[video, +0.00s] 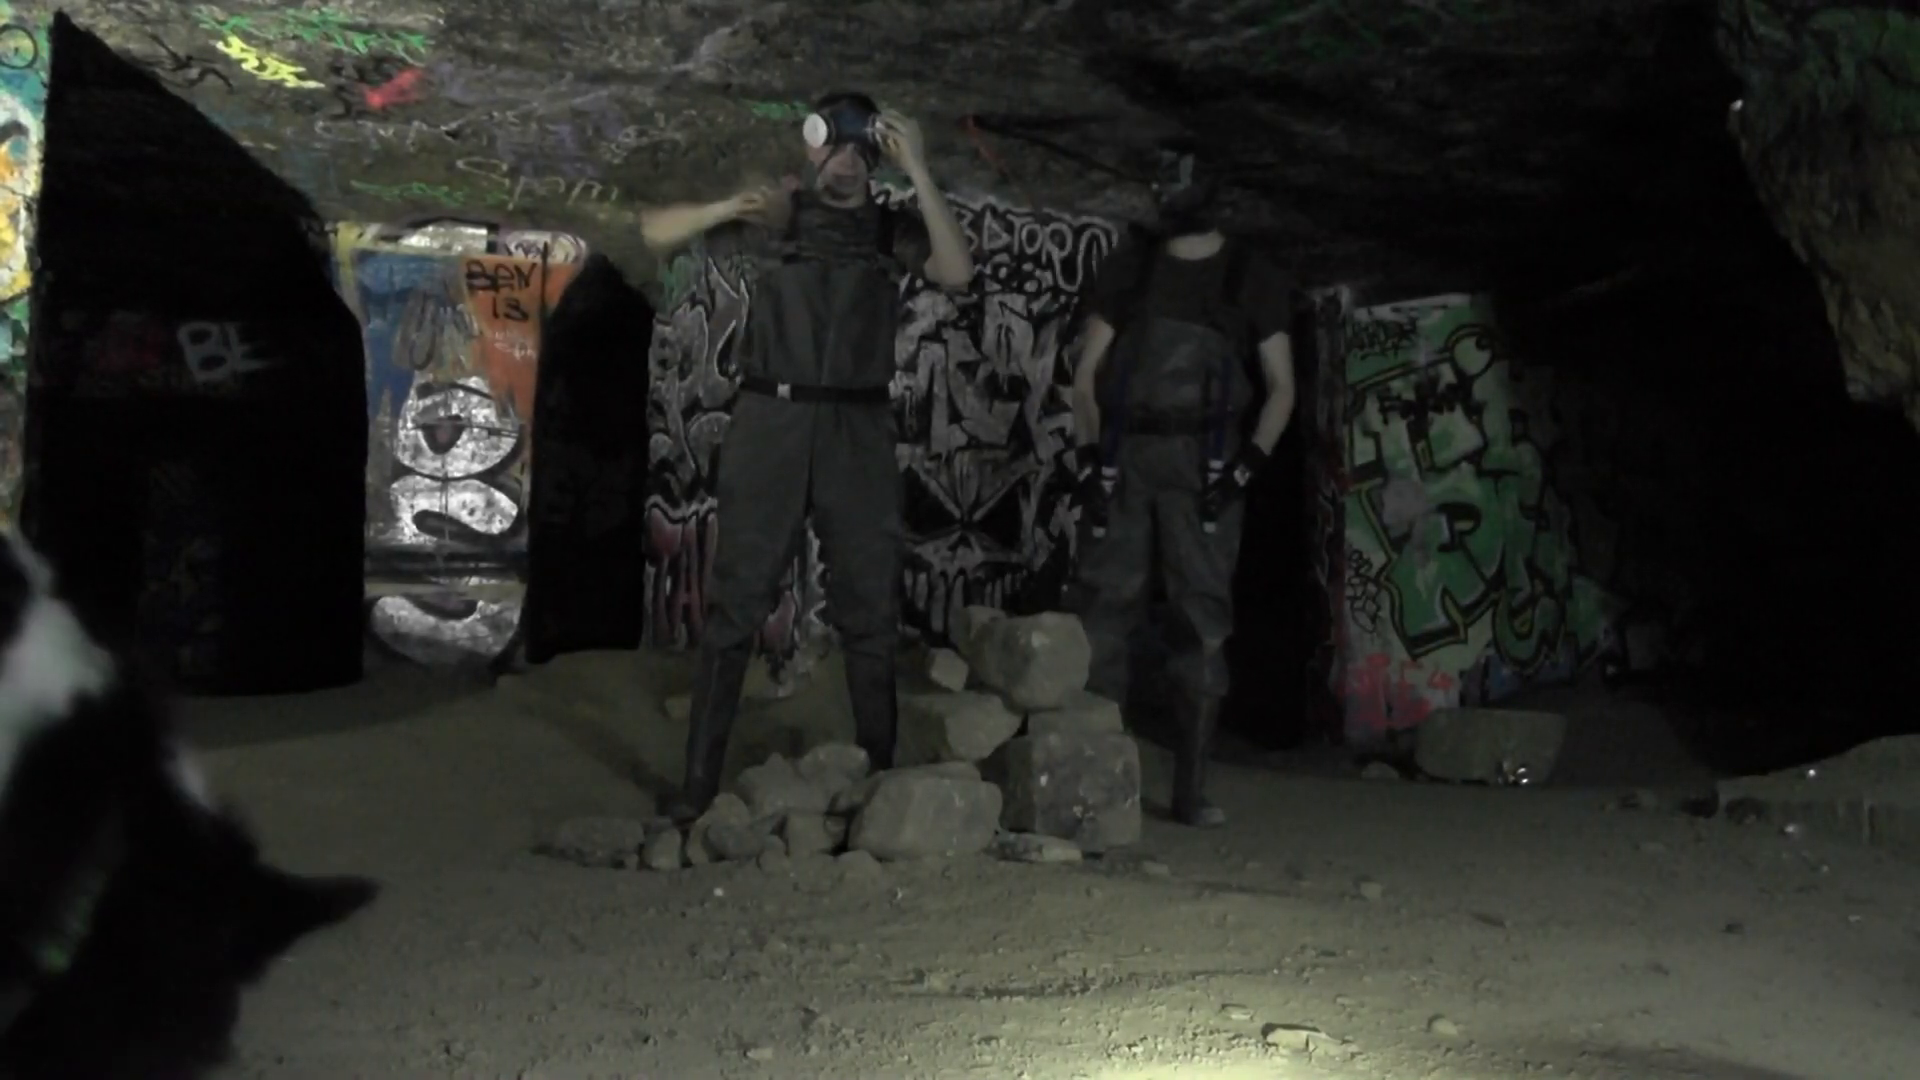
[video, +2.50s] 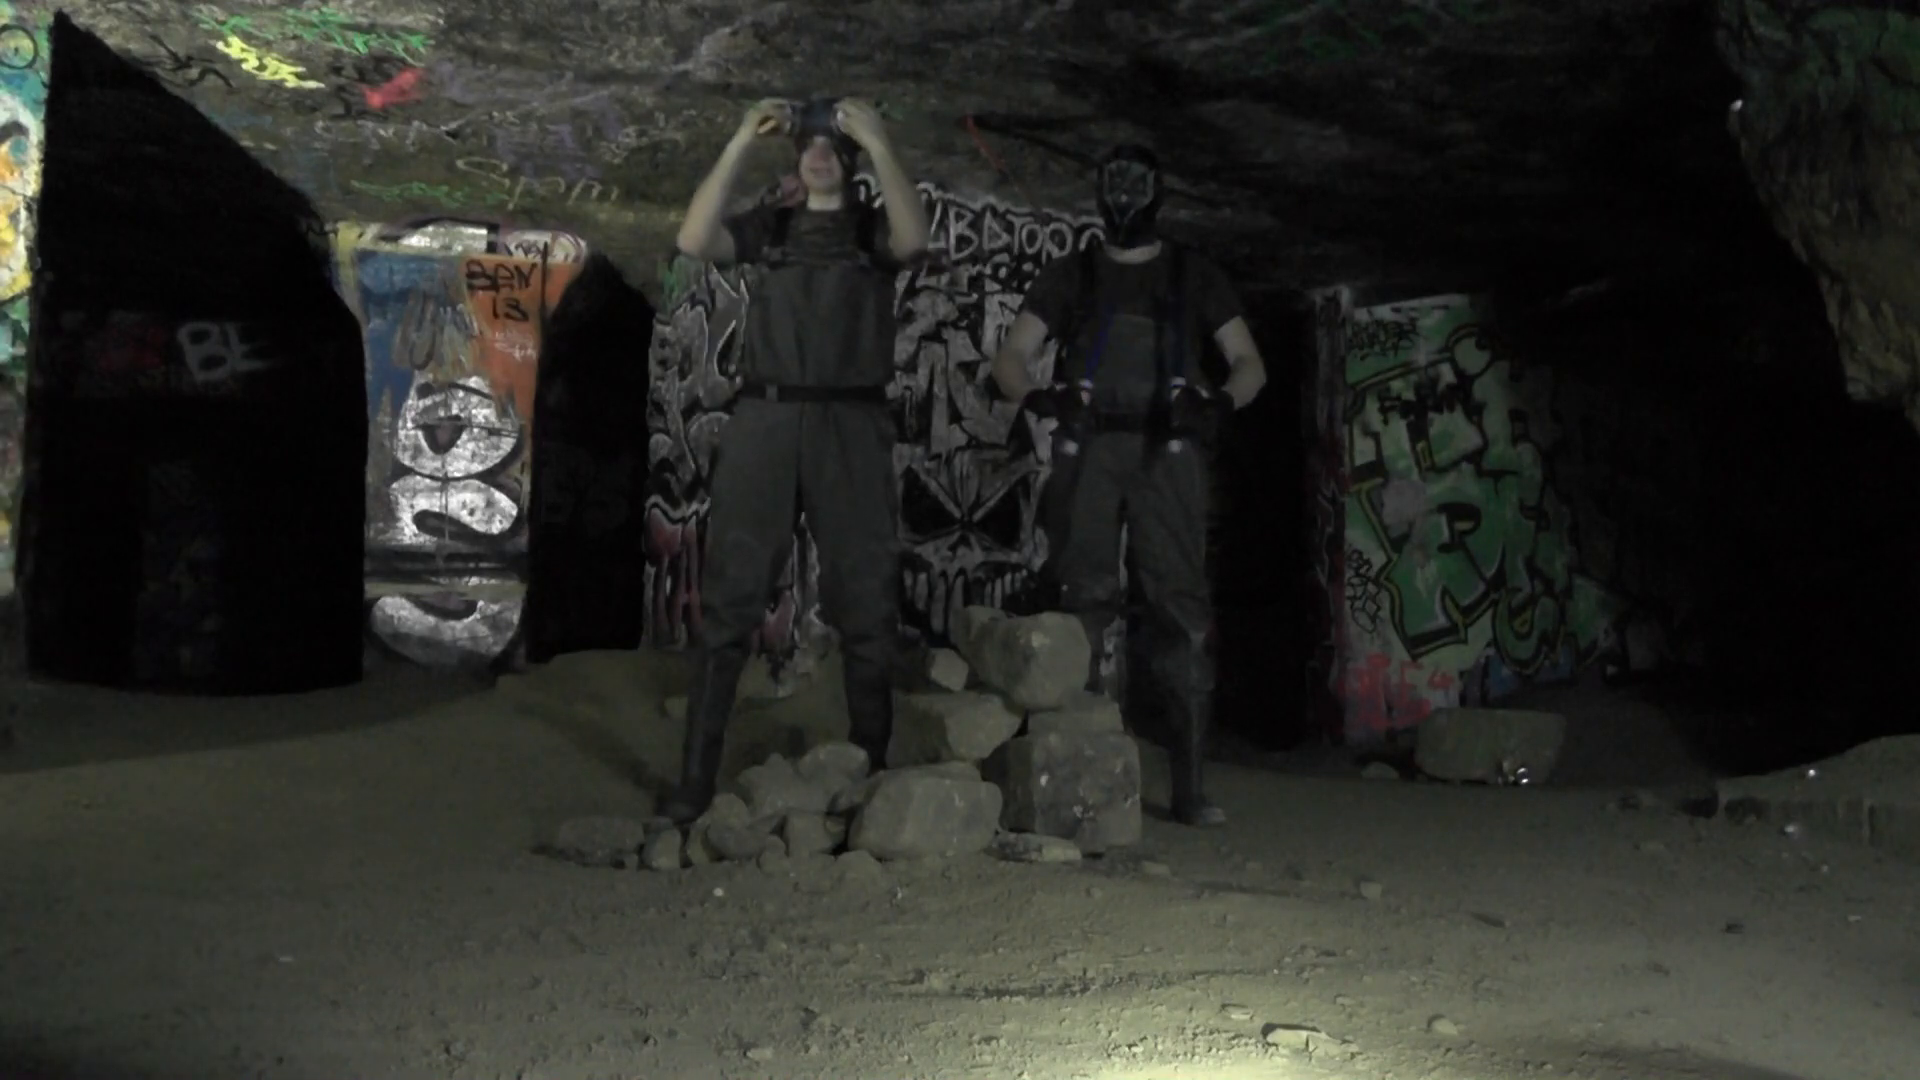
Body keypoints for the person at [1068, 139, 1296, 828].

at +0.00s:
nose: (1166, 195)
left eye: (1179, 182)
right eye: (1161, 182)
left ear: (1208, 191)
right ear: (1154, 190)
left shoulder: (1247, 275)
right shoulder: (1131, 266)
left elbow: (1281, 387)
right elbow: (1084, 376)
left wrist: (1245, 467)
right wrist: (1096, 457)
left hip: (1205, 477)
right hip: (1123, 473)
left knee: (1199, 622)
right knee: (1108, 617)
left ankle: (1191, 788)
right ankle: (1093, 783)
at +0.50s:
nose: (1115, 203)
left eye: (1128, 189)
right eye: (1109, 190)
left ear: (1154, 195)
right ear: (1099, 198)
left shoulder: (1198, 273)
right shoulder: (1079, 274)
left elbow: (1238, 381)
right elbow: (1040, 377)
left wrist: (1212, 447)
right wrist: (1054, 455)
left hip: (1174, 465)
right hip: (1089, 468)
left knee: (1183, 619)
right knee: (1091, 620)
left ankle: (1188, 789)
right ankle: (1092, 789)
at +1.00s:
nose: (1118, 203)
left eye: (1128, 189)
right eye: (1107, 189)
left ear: (1149, 195)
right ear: (1091, 196)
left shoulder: (1186, 275)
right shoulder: (1065, 275)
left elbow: (1236, 372)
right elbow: (1018, 366)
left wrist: (1208, 427)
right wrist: (1027, 421)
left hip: (1164, 463)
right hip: (1079, 462)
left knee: (1174, 616)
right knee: (1073, 611)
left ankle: (1186, 782)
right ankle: (1070, 780)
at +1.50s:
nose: (1119, 202)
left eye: (1130, 187)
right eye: (1108, 188)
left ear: (1151, 196)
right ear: (1093, 197)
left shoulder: (1187, 276)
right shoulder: (1065, 276)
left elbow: (1244, 369)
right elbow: (1009, 367)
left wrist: (1212, 407)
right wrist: (1037, 393)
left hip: (1165, 462)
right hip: (1083, 461)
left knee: (1176, 615)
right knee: (1078, 612)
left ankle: (1187, 786)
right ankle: (1072, 782)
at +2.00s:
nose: (1123, 198)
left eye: (1135, 184)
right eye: (1112, 185)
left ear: (1155, 193)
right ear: (1096, 195)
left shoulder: (1191, 274)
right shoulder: (1069, 274)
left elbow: (1248, 368)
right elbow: (1009, 361)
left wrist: (1215, 408)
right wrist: (1033, 398)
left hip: (1169, 464)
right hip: (1086, 463)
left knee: (1179, 615)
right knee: (1082, 613)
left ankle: (1188, 788)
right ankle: (1081, 785)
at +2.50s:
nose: (1125, 200)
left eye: (1137, 186)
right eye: (1114, 186)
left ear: (1157, 195)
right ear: (1099, 195)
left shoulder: (1192, 273)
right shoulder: (1070, 273)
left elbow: (1250, 368)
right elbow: (1007, 362)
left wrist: (1214, 406)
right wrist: (1038, 397)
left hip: (1170, 460)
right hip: (1088, 459)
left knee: (1180, 615)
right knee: (1085, 612)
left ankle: (1187, 788)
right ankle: (1082, 784)